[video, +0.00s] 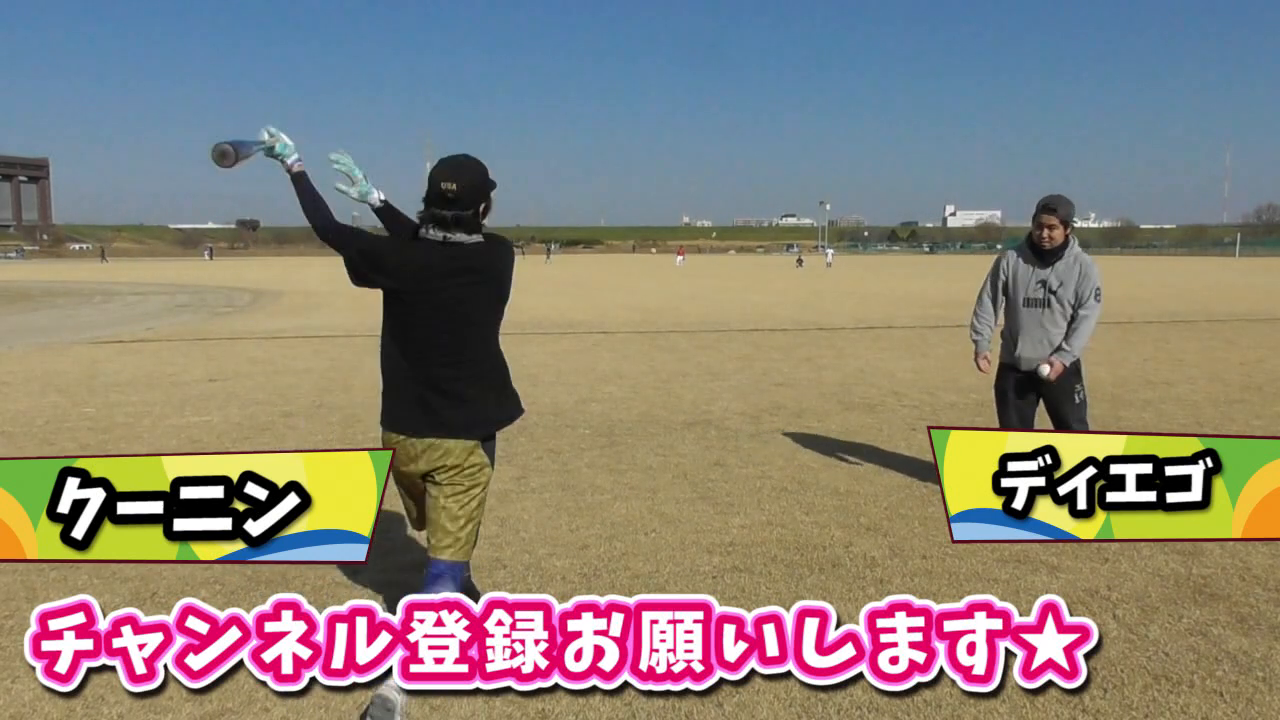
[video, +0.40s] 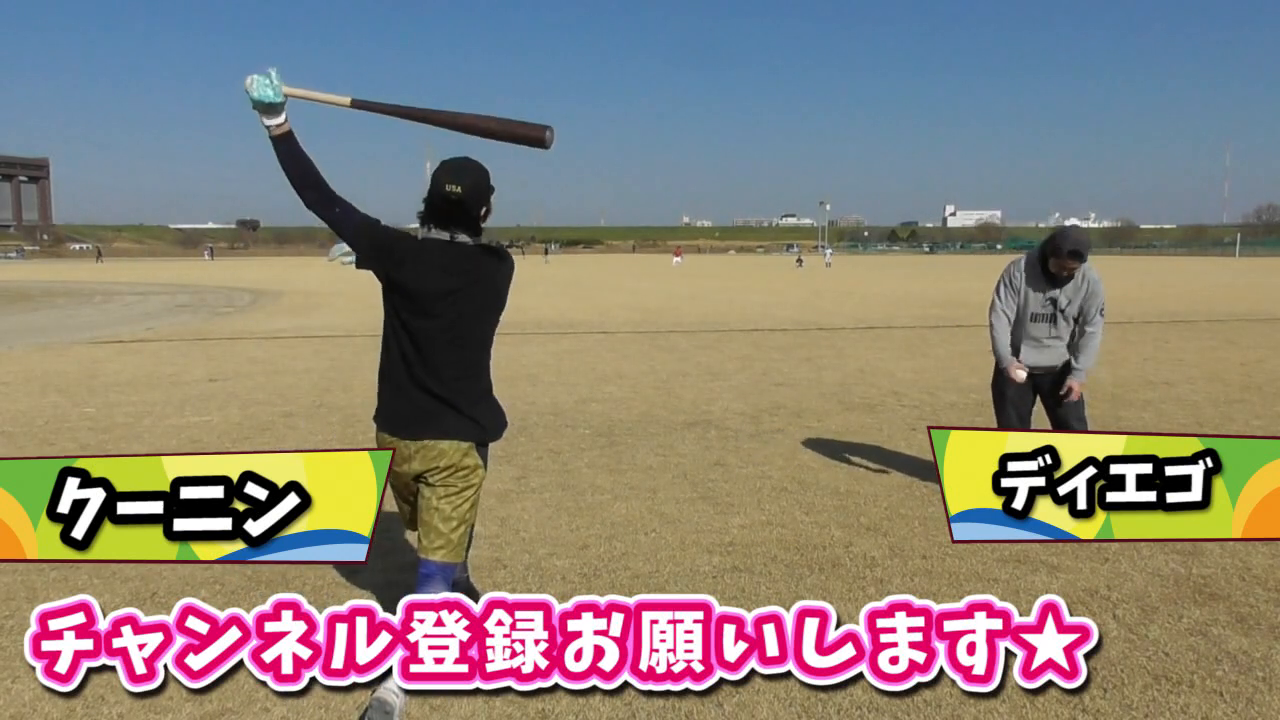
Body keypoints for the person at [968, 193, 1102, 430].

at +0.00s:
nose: (1044, 234)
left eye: (1051, 228)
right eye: (1039, 226)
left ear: (1067, 229)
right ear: (1032, 224)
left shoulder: (1083, 267)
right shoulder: (1009, 261)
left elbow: (1086, 318)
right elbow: (987, 303)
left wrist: (1063, 357)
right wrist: (982, 344)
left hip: (1061, 368)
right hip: (1015, 369)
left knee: (1076, 442)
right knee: (1013, 442)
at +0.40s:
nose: (1065, 274)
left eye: (1072, 270)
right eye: (1060, 268)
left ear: (1081, 263)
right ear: (1050, 256)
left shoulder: (1089, 282)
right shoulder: (1018, 272)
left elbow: (1091, 331)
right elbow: (999, 316)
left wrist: (1078, 375)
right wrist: (1006, 360)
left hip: (1060, 372)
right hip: (1015, 369)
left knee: (1077, 441)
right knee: (1012, 442)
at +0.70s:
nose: (1060, 321)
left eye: (1066, 316)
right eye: (1055, 314)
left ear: (1077, 311)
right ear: (1044, 302)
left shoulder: (1087, 317)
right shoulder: (1015, 301)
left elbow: (1089, 366)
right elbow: (993, 344)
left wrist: (1069, 409)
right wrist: (994, 387)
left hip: (1058, 377)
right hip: (1015, 376)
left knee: (1077, 435)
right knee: (1010, 437)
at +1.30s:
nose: (1036, 282)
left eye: (1045, 277)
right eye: (1033, 274)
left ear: (1062, 278)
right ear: (1028, 268)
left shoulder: (1073, 304)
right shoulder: (1008, 288)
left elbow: (1082, 358)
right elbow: (990, 331)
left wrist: (1075, 412)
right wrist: (993, 374)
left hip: (1057, 376)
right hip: (1014, 374)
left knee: (1075, 437)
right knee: (1011, 440)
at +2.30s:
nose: (1019, 264)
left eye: (1026, 258)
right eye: (1014, 257)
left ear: (1044, 258)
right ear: (1009, 256)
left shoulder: (1066, 292)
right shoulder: (1000, 284)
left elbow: (1083, 342)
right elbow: (983, 318)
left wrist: (1073, 386)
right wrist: (974, 348)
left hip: (1057, 373)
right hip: (1014, 372)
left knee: (1076, 442)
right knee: (1010, 441)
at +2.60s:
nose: (1002, 232)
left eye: (1009, 225)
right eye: (997, 226)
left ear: (1027, 229)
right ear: (993, 229)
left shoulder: (1054, 261)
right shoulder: (990, 272)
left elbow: (1078, 301)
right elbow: (974, 304)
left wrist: (1062, 340)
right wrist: (958, 329)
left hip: (1058, 364)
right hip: (1014, 369)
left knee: (1073, 440)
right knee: (1012, 440)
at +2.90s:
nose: (989, 232)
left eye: (996, 225)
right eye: (985, 226)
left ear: (1014, 228)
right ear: (981, 230)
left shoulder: (1041, 260)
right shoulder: (986, 274)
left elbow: (1063, 304)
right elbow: (986, 323)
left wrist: (1059, 352)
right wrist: (992, 360)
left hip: (1051, 365)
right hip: (1009, 369)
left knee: (1072, 440)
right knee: (1010, 442)